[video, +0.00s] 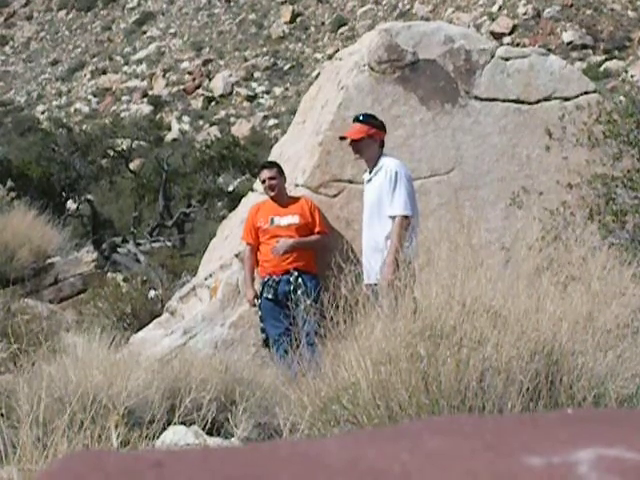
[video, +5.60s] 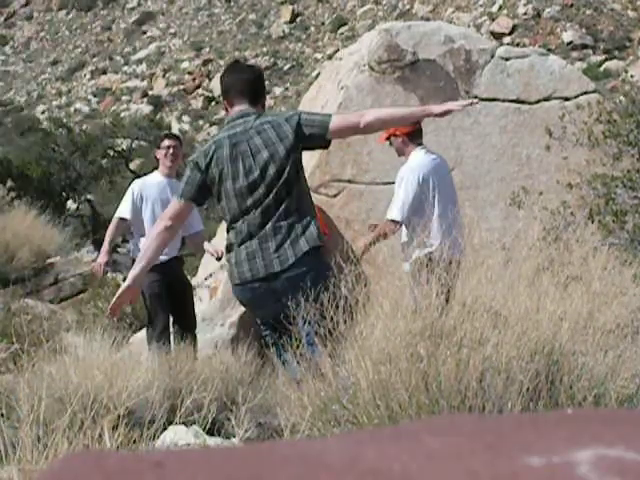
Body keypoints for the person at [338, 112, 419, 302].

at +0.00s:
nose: (352, 147)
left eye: (357, 140)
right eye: (351, 141)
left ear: (376, 138)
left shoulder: (394, 169)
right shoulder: (369, 177)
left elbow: (402, 218)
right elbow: (372, 227)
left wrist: (391, 264)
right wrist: (368, 275)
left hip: (390, 274)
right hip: (373, 275)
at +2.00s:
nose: (349, 147)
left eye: (353, 142)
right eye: (349, 142)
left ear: (368, 141)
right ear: (366, 142)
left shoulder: (393, 171)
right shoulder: (371, 176)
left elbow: (399, 222)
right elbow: (375, 226)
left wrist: (386, 270)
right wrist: (370, 274)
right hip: (373, 277)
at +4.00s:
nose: (352, 147)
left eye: (356, 142)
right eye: (352, 143)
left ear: (373, 140)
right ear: (371, 141)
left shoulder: (395, 169)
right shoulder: (376, 173)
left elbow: (400, 220)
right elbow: (380, 222)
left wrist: (382, 266)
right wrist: (371, 260)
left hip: (400, 265)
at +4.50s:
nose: (367, 146)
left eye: (368, 141)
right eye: (367, 141)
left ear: (379, 142)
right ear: (390, 140)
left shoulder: (406, 171)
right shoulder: (398, 169)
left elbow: (405, 225)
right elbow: (402, 224)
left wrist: (390, 266)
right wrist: (391, 263)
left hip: (411, 266)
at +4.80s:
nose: (377, 141)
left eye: (378, 136)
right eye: (377, 136)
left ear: (387, 138)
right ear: (405, 135)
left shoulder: (406, 169)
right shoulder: (425, 162)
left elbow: (405, 227)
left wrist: (388, 270)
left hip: (418, 261)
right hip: (438, 257)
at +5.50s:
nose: (388, 145)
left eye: (388, 139)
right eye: (387, 139)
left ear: (398, 138)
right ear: (415, 135)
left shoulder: (409, 169)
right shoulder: (436, 161)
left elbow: (404, 223)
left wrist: (390, 253)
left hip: (423, 250)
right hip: (448, 246)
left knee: (421, 309)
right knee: (443, 309)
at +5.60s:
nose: (392, 147)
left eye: (392, 141)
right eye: (391, 142)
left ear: (401, 139)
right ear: (417, 137)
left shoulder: (412, 169)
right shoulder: (438, 161)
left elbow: (393, 223)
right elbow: (422, 209)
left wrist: (363, 246)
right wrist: (384, 227)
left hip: (425, 252)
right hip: (450, 248)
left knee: (423, 312)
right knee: (442, 311)